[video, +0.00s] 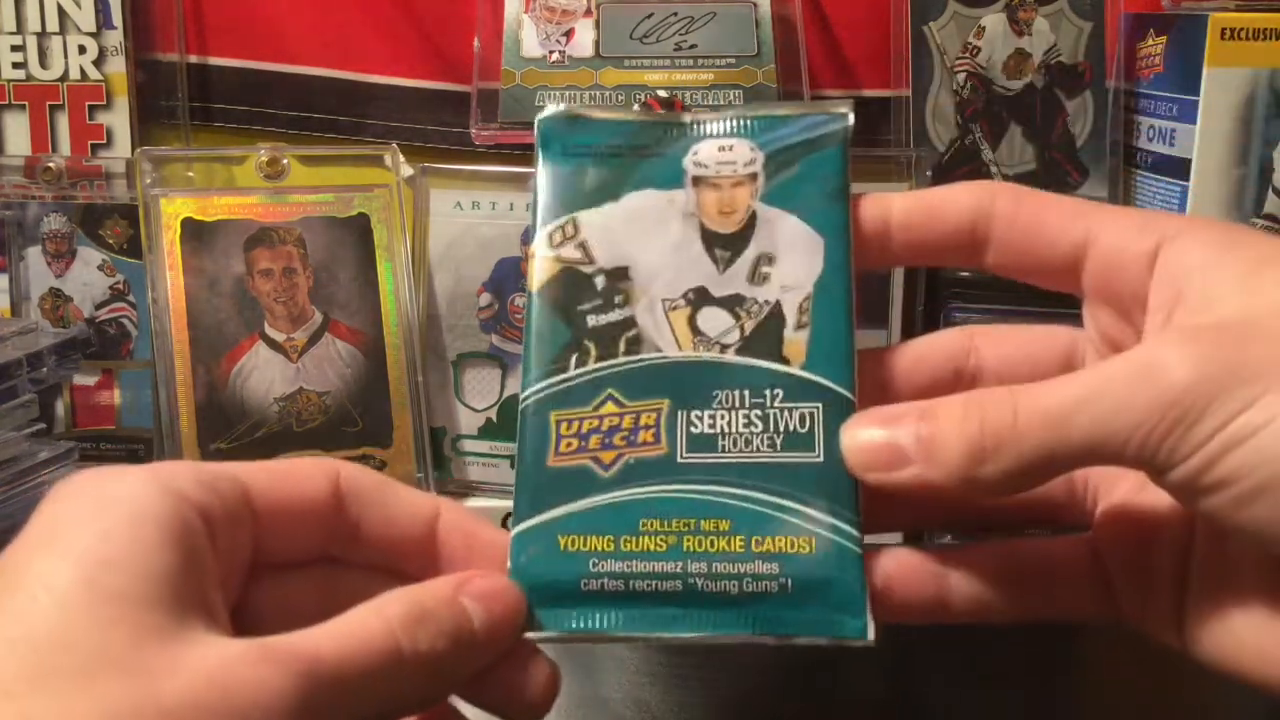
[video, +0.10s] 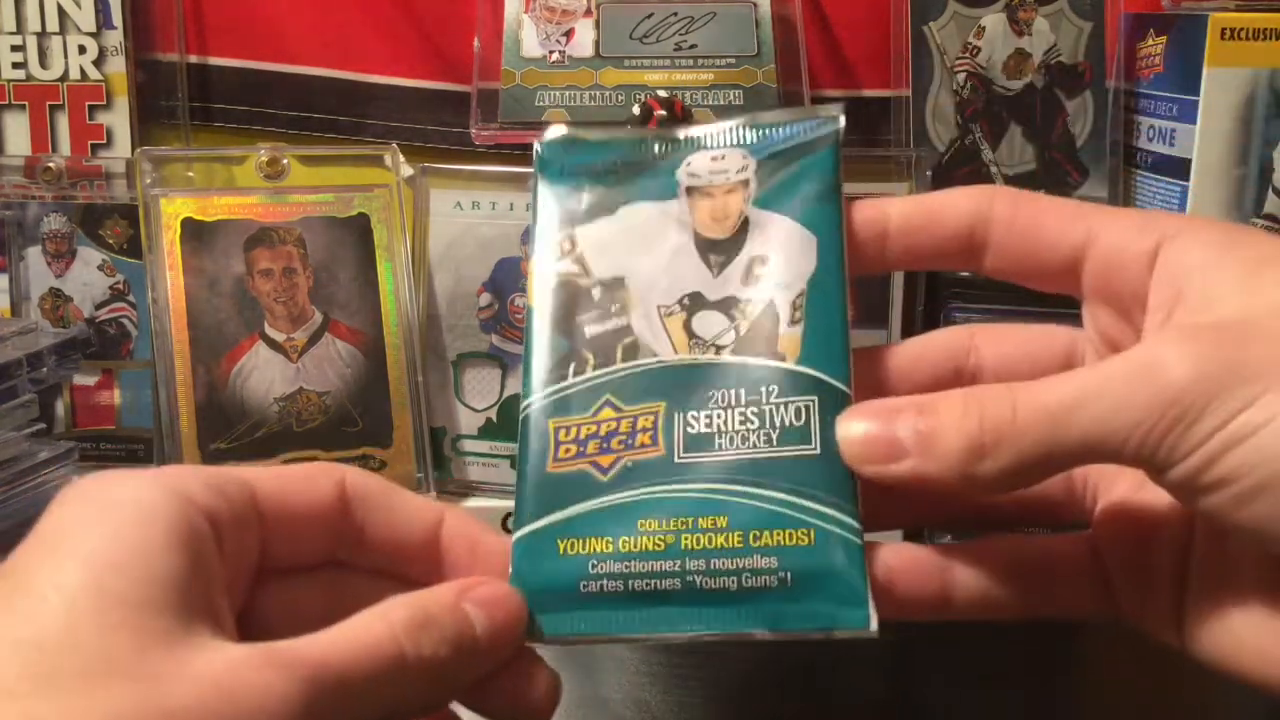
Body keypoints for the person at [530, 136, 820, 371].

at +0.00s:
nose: (727, 200)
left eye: (738, 187)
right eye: (714, 188)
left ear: (756, 188)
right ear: (693, 189)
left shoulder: (795, 244)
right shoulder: (646, 218)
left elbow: (796, 347)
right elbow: (546, 251)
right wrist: (592, 313)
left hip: (746, 396)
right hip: (652, 390)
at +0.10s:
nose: (720, 207)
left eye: (731, 192)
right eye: (707, 195)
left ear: (748, 193)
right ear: (686, 197)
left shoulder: (786, 243)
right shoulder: (642, 230)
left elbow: (791, 335)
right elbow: (560, 256)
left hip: (749, 389)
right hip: (662, 387)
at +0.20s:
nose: (720, 215)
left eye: (731, 200)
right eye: (706, 203)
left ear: (747, 200)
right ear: (686, 206)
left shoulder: (787, 248)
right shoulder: (644, 239)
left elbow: (791, 336)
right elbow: (554, 265)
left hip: (752, 389)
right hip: (668, 389)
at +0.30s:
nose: (722, 221)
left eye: (731, 207)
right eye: (709, 209)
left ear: (749, 204)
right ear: (689, 211)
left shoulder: (789, 253)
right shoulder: (644, 246)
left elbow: (792, 338)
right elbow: (555, 274)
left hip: (753, 394)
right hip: (668, 396)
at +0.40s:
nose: (721, 227)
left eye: (731, 213)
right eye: (708, 216)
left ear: (749, 210)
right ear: (688, 216)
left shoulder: (788, 255)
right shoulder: (644, 250)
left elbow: (792, 335)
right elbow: (553, 283)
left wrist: (783, 390)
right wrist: (554, 371)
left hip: (750, 395)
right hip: (666, 400)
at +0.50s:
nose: (716, 228)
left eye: (727, 214)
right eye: (703, 217)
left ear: (744, 212)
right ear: (684, 220)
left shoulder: (782, 255)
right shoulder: (642, 257)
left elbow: (789, 334)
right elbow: (550, 293)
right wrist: (563, 375)